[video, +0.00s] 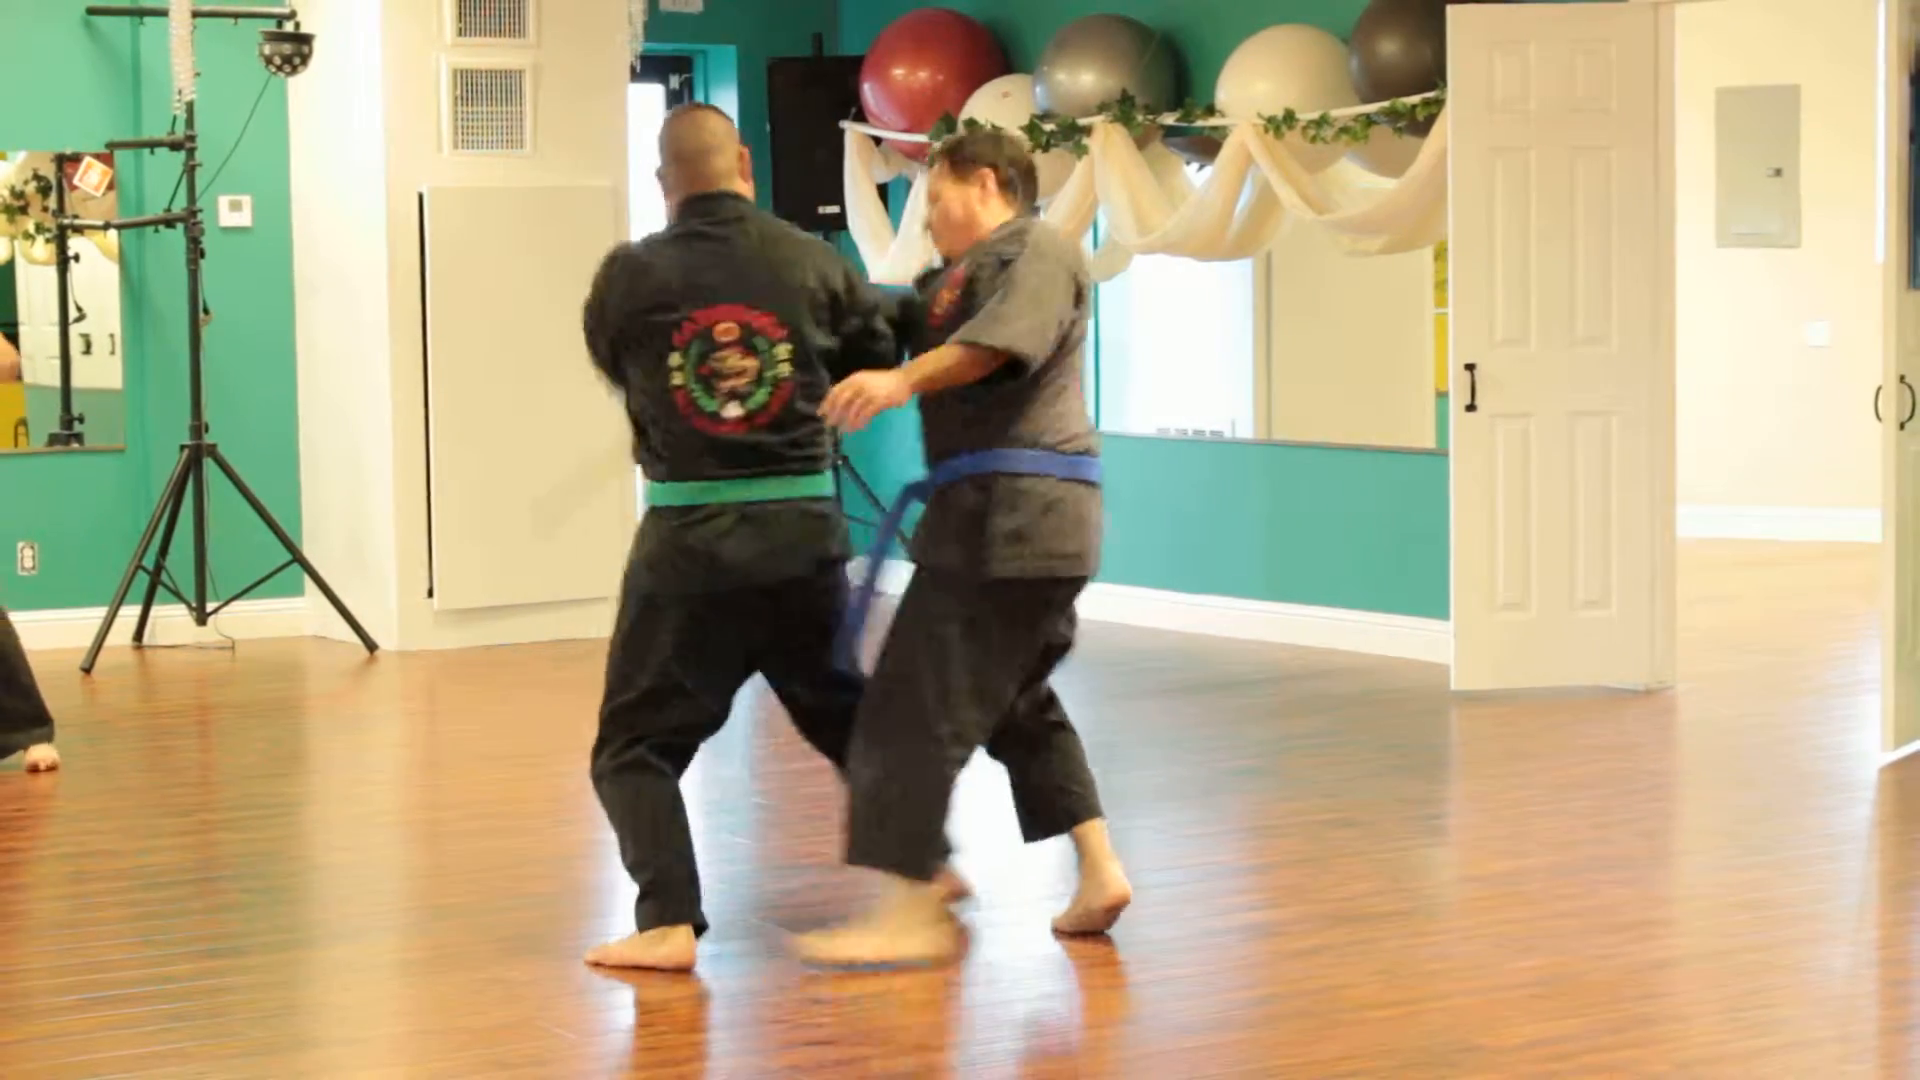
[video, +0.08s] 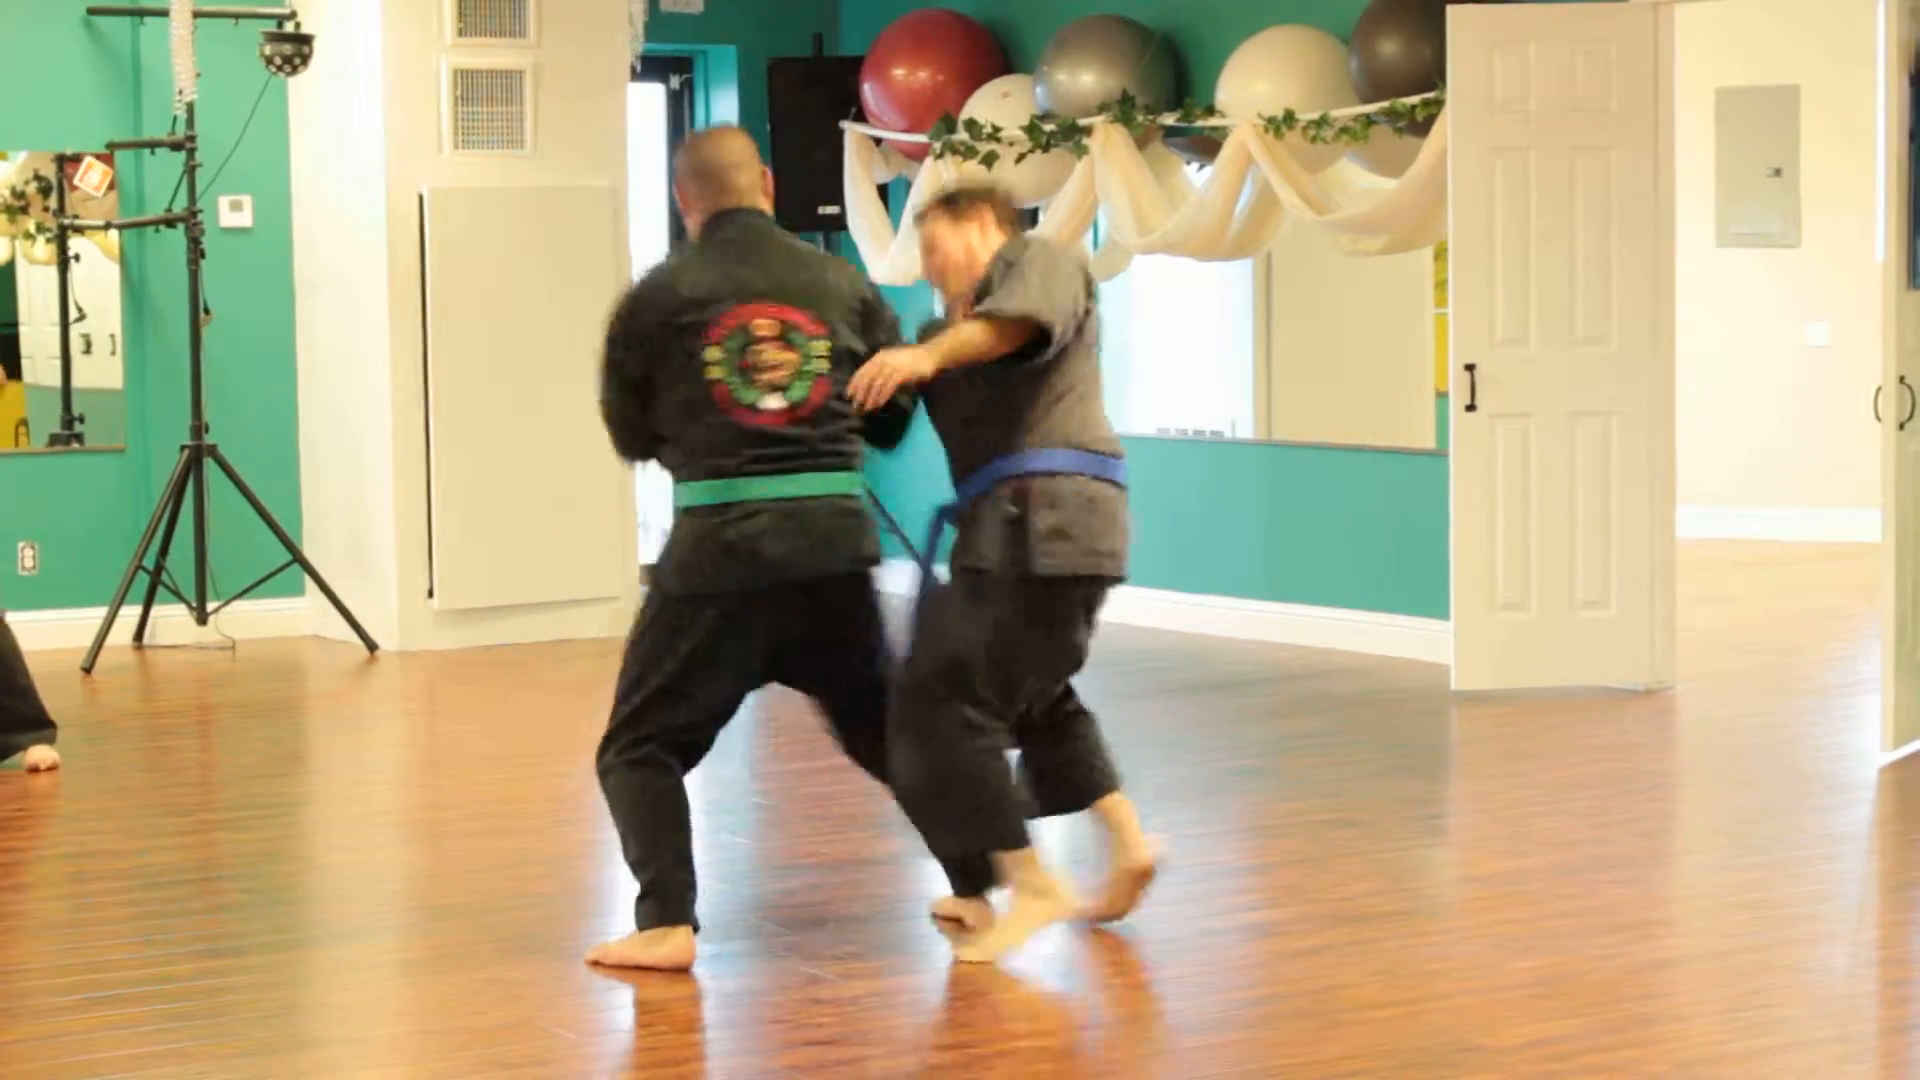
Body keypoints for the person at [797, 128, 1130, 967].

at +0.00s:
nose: (929, 218)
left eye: (937, 200)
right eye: (928, 203)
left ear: (985, 187)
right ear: (989, 191)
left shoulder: (1037, 248)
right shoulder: (961, 279)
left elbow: (1000, 339)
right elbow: (874, 323)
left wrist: (901, 381)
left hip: (1007, 513)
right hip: (1038, 515)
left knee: (914, 695)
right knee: (1014, 691)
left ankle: (907, 907)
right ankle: (1100, 865)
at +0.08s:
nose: (928, 258)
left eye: (934, 238)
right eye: (924, 244)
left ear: (982, 224)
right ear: (973, 229)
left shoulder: (1038, 256)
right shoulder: (970, 314)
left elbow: (1016, 321)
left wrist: (926, 355)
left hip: (1035, 519)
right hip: (1070, 523)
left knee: (938, 700)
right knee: (1034, 691)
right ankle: (1128, 841)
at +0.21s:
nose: (919, 370)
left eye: (926, 349)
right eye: (910, 360)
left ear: (967, 329)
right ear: (917, 362)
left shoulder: (1036, 359)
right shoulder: (942, 412)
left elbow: (1068, 335)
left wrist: (974, 330)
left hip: (1096, 565)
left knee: (977, 719)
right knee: (1041, 740)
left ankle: (1054, 914)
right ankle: (1225, 805)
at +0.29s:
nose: (935, 399)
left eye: (934, 389)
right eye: (924, 396)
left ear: (964, 394)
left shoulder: (1027, 413)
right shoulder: (961, 474)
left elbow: (1066, 374)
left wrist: (1009, 347)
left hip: (1133, 590)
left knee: (1018, 711)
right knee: (1070, 796)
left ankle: (1057, 914)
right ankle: (1260, 832)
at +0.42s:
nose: (972, 546)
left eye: (970, 530)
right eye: (961, 536)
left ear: (994, 516)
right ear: (978, 530)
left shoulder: (1016, 502)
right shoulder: (984, 595)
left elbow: (1058, 444)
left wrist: (1056, 389)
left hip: (1169, 631)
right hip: (1107, 687)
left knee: (1111, 709)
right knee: (1068, 873)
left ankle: (1149, 874)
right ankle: (1244, 847)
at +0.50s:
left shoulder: (966, 556)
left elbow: (1016, 488)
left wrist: (1035, 398)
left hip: (1151, 652)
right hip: (1109, 732)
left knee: (1195, 730)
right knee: (1071, 867)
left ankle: (1303, 839)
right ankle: (1230, 856)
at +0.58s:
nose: (919, 702)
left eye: (916, 699)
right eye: (914, 709)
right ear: (913, 726)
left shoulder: (988, 620)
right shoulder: (935, 746)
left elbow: (1004, 525)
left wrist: (988, 444)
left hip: (1145, 698)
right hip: (1103, 774)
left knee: (1262, 704)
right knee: (1079, 869)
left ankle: (1420, 776)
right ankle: (1232, 866)